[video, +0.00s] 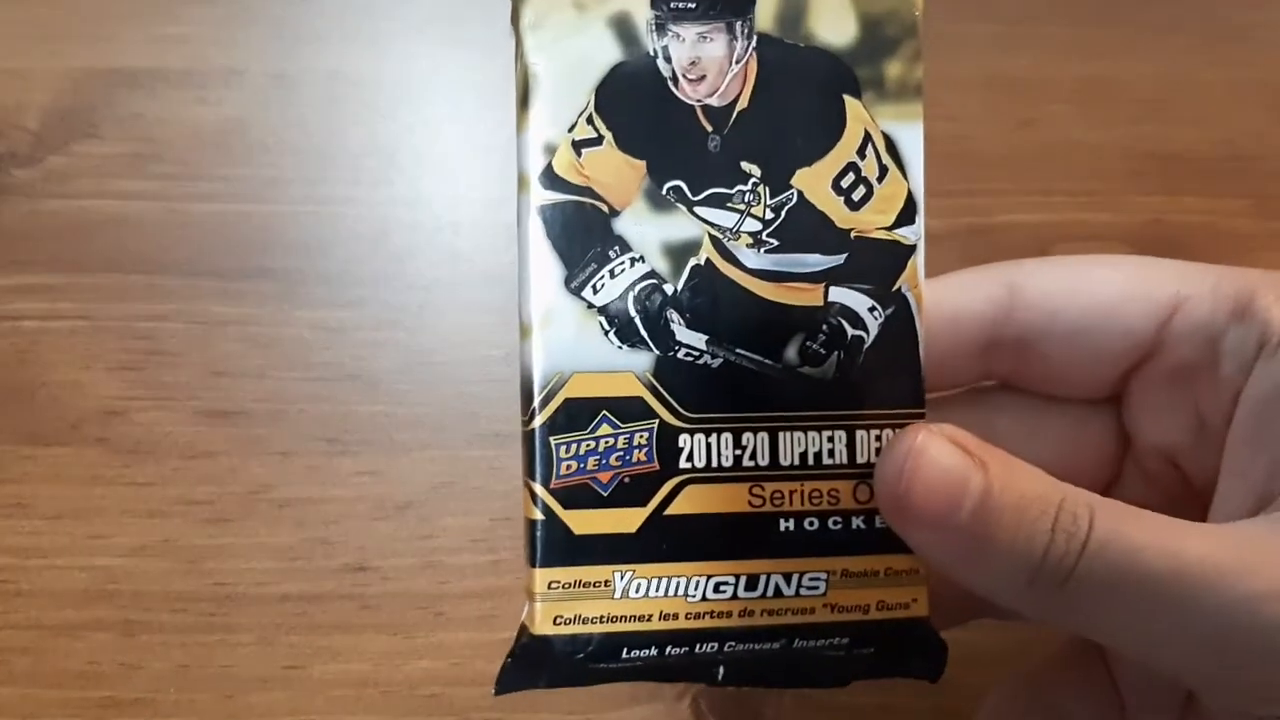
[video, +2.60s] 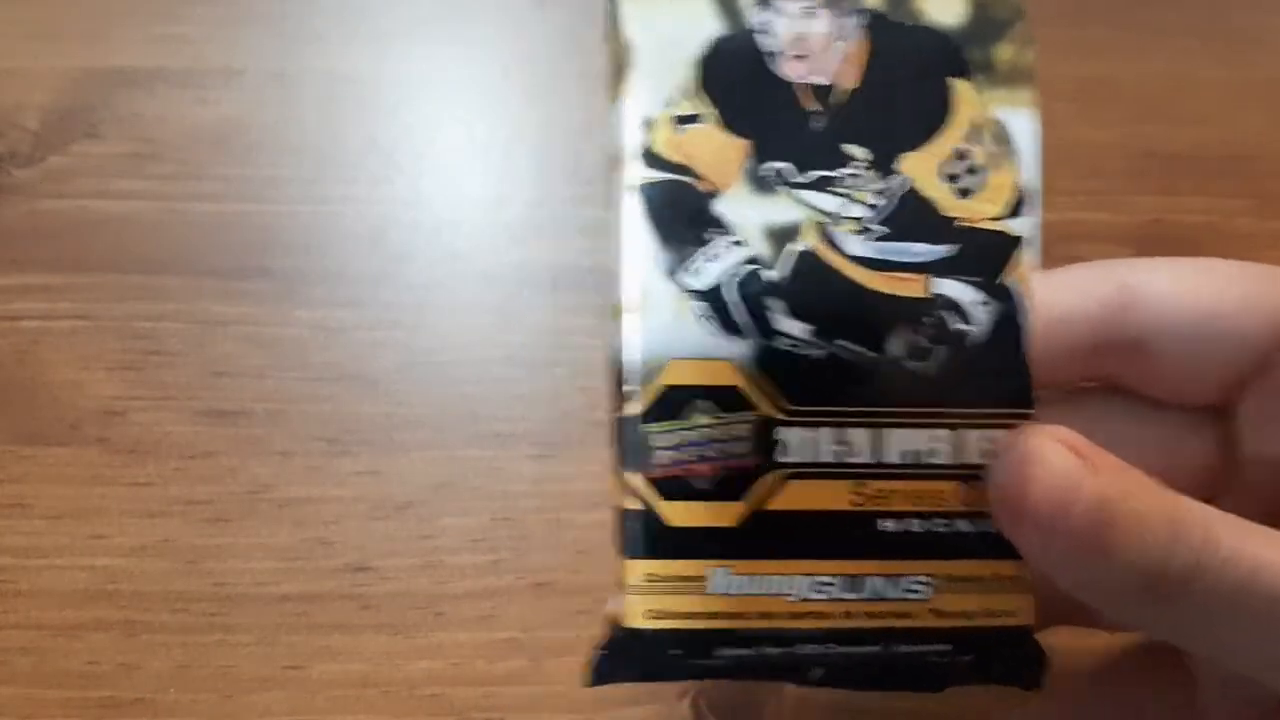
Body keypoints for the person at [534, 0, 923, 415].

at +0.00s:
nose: (687, 59)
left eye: (707, 37)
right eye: (673, 37)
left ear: (743, 34)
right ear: (658, 36)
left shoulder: (811, 90)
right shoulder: (633, 97)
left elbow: (889, 219)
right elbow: (567, 194)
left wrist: (845, 322)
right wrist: (624, 286)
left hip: (847, 288)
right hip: (733, 280)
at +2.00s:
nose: (696, 50)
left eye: (715, 28)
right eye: (681, 28)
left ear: (753, 25)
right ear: (665, 27)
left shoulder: (823, 82)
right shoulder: (639, 88)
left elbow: (903, 215)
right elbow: (574, 187)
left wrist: (859, 318)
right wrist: (629, 282)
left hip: (861, 280)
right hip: (744, 273)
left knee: (894, 439)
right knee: (676, 419)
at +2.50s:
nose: (711, 48)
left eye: (731, 26)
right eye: (695, 25)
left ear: (770, 25)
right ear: (681, 27)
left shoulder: (838, 81)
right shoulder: (658, 85)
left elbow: (918, 212)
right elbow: (591, 186)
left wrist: (879, 315)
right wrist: (651, 283)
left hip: (877, 279)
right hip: (763, 273)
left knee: (915, 437)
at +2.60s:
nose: (788, 51)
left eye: (808, 23)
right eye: (769, 30)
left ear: (850, 17)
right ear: (755, 22)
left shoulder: (921, 67)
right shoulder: (735, 72)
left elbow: (991, 202)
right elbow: (668, 177)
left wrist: (954, 311)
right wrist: (723, 275)